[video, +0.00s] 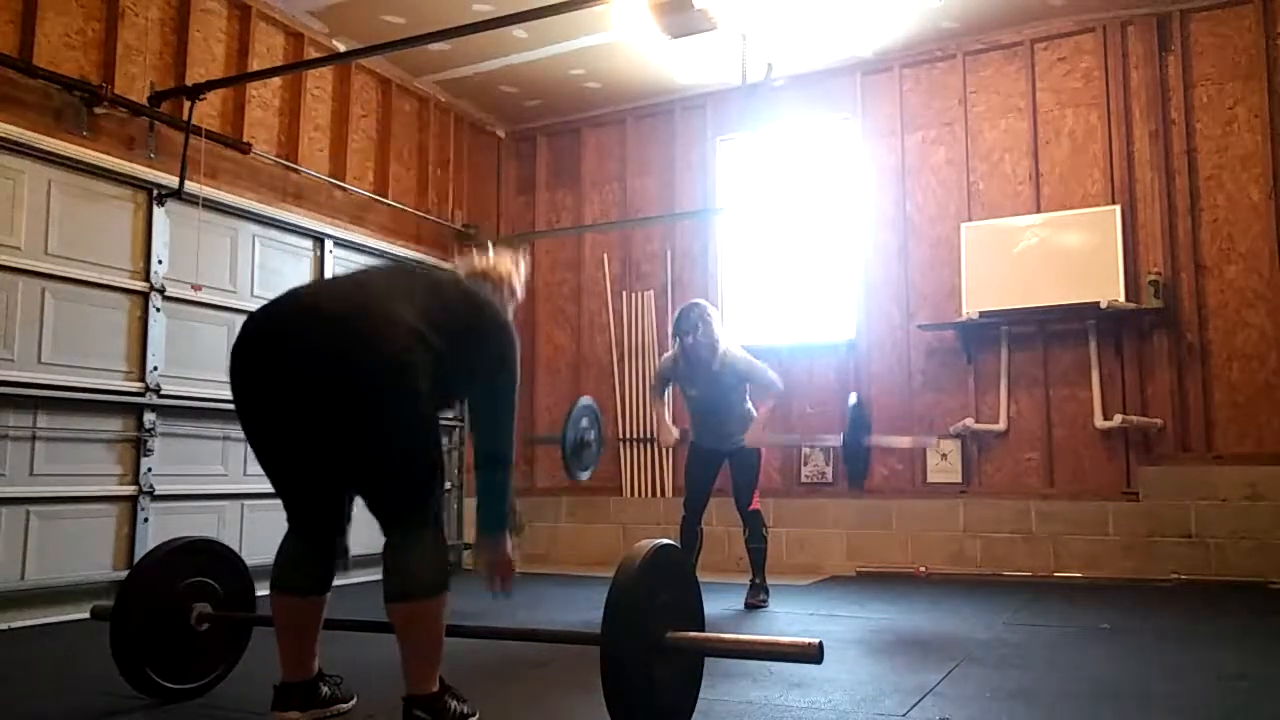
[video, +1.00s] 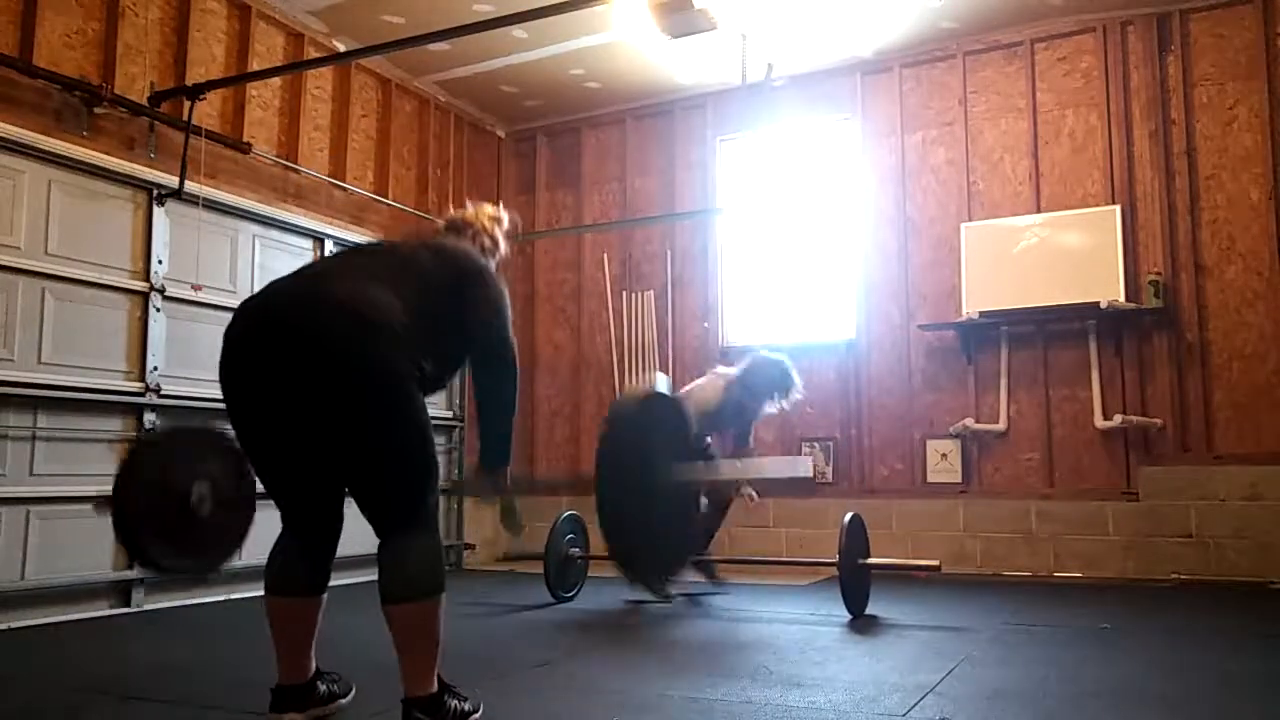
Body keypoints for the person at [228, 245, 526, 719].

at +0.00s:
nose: (513, 313)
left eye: (514, 304)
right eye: (515, 303)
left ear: (464, 276)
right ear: (508, 296)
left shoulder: (407, 284)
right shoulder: (492, 328)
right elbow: (493, 449)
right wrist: (494, 538)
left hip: (266, 351)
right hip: (373, 371)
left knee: (314, 521)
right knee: (413, 529)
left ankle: (297, 686)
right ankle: (424, 696)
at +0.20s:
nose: (511, 378)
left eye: (512, 371)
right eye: (512, 372)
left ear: (474, 339)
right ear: (505, 365)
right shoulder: (489, 386)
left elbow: (342, 480)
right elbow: (493, 504)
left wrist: (323, 593)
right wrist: (494, 602)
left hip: (255, 351)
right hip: (369, 363)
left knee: (312, 519)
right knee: (412, 527)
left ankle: (295, 685)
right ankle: (423, 693)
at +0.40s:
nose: (510, 397)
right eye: (511, 391)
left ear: (477, 351)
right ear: (507, 379)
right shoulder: (492, 393)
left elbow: (348, 487)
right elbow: (500, 514)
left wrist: (319, 589)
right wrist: (498, 607)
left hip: (252, 360)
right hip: (365, 369)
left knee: (315, 518)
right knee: (415, 527)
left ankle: (295, 685)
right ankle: (425, 694)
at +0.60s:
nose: (504, 368)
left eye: (507, 360)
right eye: (505, 359)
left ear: (454, 332)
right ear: (497, 352)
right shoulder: (485, 383)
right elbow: (494, 509)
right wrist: (495, 604)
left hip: (249, 394)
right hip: (363, 404)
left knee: (338, 520)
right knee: (432, 526)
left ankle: (298, 684)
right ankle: (426, 693)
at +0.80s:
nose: (498, 331)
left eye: (498, 323)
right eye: (499, 322)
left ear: (447, 296)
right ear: (493, 315)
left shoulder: (398, 311)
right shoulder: (479, 340)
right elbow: (493, 460)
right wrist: (496, 558)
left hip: (248, 362)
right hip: (356, 376)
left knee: (325, 521)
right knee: (419, 528)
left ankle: (297, 686)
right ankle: (426, 696)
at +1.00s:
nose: (494, 267)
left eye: (494, 259)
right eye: (493, 259)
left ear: (442, 234)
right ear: (485, 252)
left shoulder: (385, 254)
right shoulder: (475, 275)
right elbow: (497, 366)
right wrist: (494, 472)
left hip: (255, 345)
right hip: (357, 362)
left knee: (308, 518)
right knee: (407, 524)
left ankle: (294, 685)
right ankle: (424, 696)